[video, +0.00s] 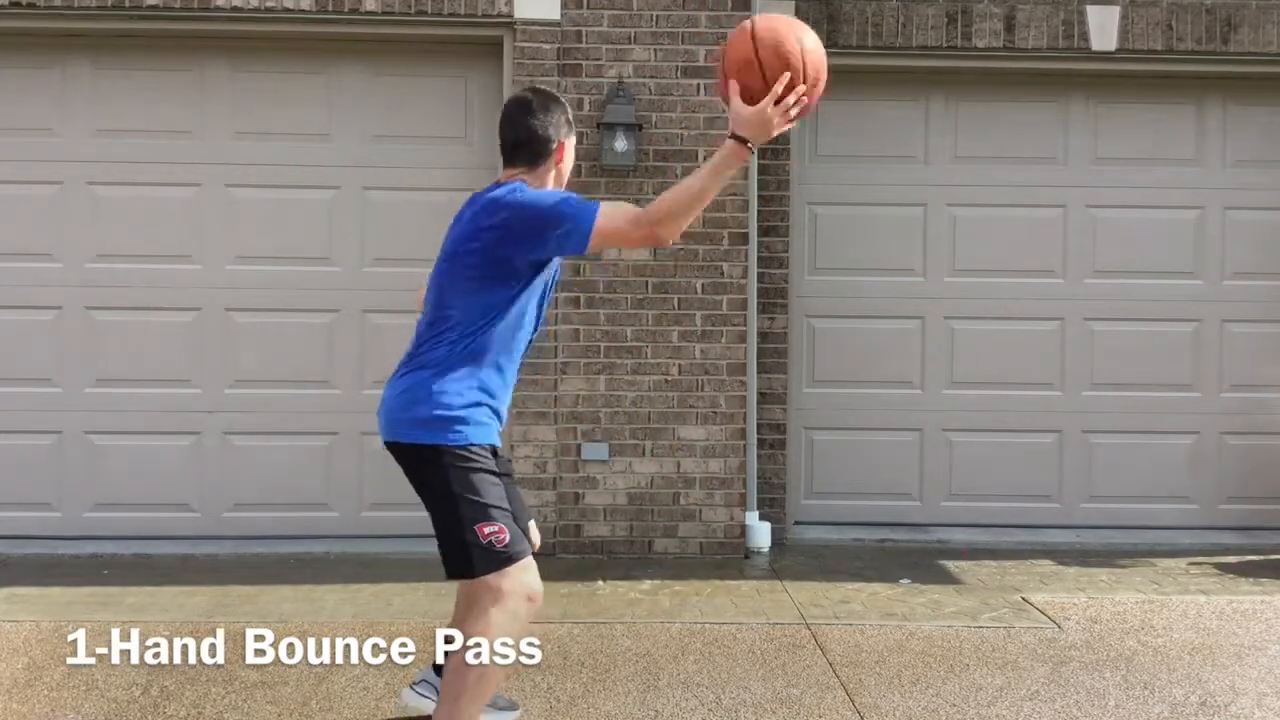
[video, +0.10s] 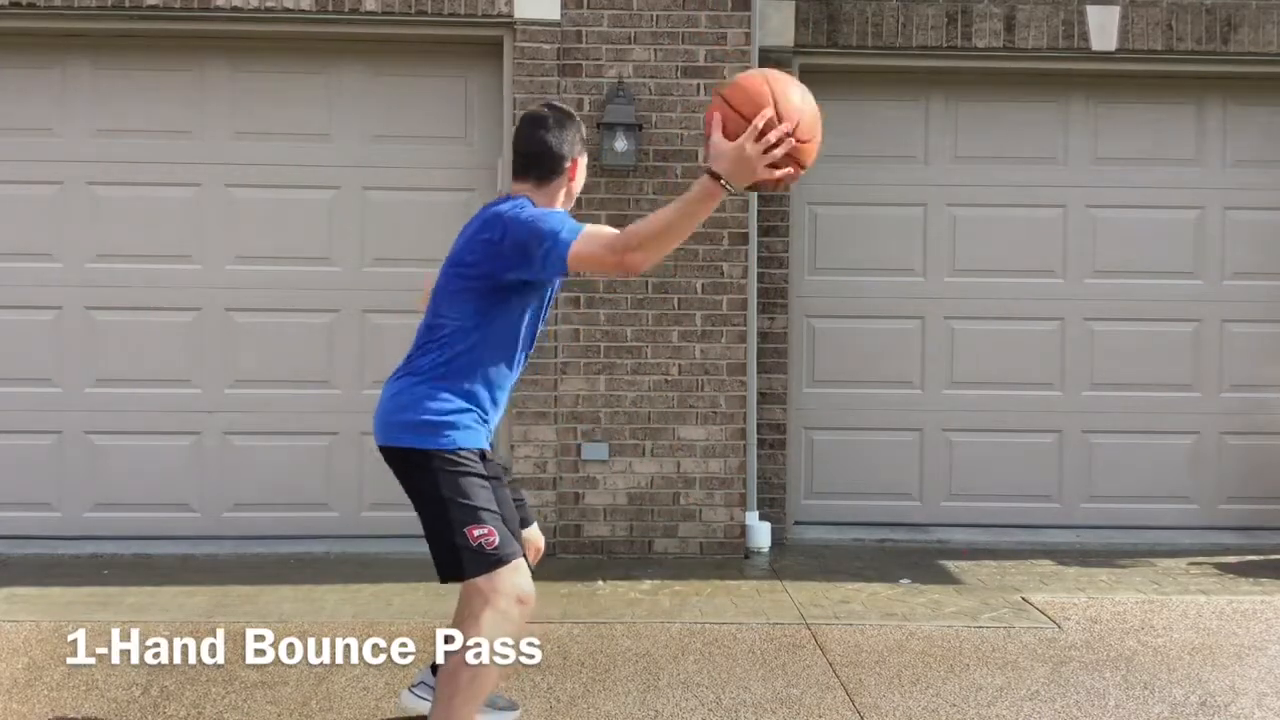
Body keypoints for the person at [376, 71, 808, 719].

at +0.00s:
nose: (574, 156)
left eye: (570, 146)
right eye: (573, 145)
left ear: (506, 147)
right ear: (563, 151)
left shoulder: (487, 207)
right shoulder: (526, 208)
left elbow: (435, 312)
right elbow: (654, 226)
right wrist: (739, 145)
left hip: (443, 414)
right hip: (444, 420)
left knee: (518, 543)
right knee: (516, 594)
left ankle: (447, 676)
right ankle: (457, 711)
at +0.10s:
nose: (584, 178)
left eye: (584, 168)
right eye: (584, 167)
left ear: (516, 165)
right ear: (574, 171)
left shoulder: (498, 219)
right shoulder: (524, 223)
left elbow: (435, 302)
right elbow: (627, 252)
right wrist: (718, 180)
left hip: (452, 425)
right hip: (432, 428)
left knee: (525, 543)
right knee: (508, 593)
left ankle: (445, 678)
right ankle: (455, 709)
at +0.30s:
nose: (589, 221)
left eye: (589, 210)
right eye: (591, 211)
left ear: (526, 199)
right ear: (580, 217)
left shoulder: (488, 245)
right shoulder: (523, 291)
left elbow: (413, 303)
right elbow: (583, 413)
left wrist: (445, 375)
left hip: (419, 436)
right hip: (434, 446)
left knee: (531, 546)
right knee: (514, 610)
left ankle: (445, 681)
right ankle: (456, 708)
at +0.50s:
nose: (572, 224)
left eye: (569, 214)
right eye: (573, 216)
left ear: (508, 210)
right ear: (565, 227)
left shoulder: (460, 256)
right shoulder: (535, 313)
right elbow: (543, 412)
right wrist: (583, 430)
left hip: (389, 444)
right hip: (433, 456)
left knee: (525, 541)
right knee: (519, 620)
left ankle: (442, 683)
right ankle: (455, 708)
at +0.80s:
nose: (557, 192)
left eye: (554, 183)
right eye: (556, 184)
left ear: (489, 185)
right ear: (549, 193)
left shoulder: (450, 243)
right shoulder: (532, 270)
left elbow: (400, 341)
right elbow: (574, 392)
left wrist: (485, 395)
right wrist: (629, 389)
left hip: (395, 441)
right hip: (442, 449)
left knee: (518, 544)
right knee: (521, 614)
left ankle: (438, 687)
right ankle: (458, 711)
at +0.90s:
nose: (554, 178)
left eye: (552, 169)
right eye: (555, 169)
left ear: (485, 169)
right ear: (547, 175)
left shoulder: (448, 231)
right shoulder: (533, 252)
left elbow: (406, 330)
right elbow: (611, 346)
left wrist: (494, 384)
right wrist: (649, 295)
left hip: (400, 434)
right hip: (446, 442)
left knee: (483, 576)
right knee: (528, 612)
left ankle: (441, 688)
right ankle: (461, 712)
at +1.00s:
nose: (551, 163)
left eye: (546, 154)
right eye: (551, 154)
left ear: (484, 159)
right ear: (543, 162)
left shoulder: (457, 221)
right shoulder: (526, 232)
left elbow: (439, 334)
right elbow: (635, 284)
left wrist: (499, 384)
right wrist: (652, 208)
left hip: (413, 427)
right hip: (449, 435)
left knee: (488, 581)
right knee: (525, 610)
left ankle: (440, 688)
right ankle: (460, 711)